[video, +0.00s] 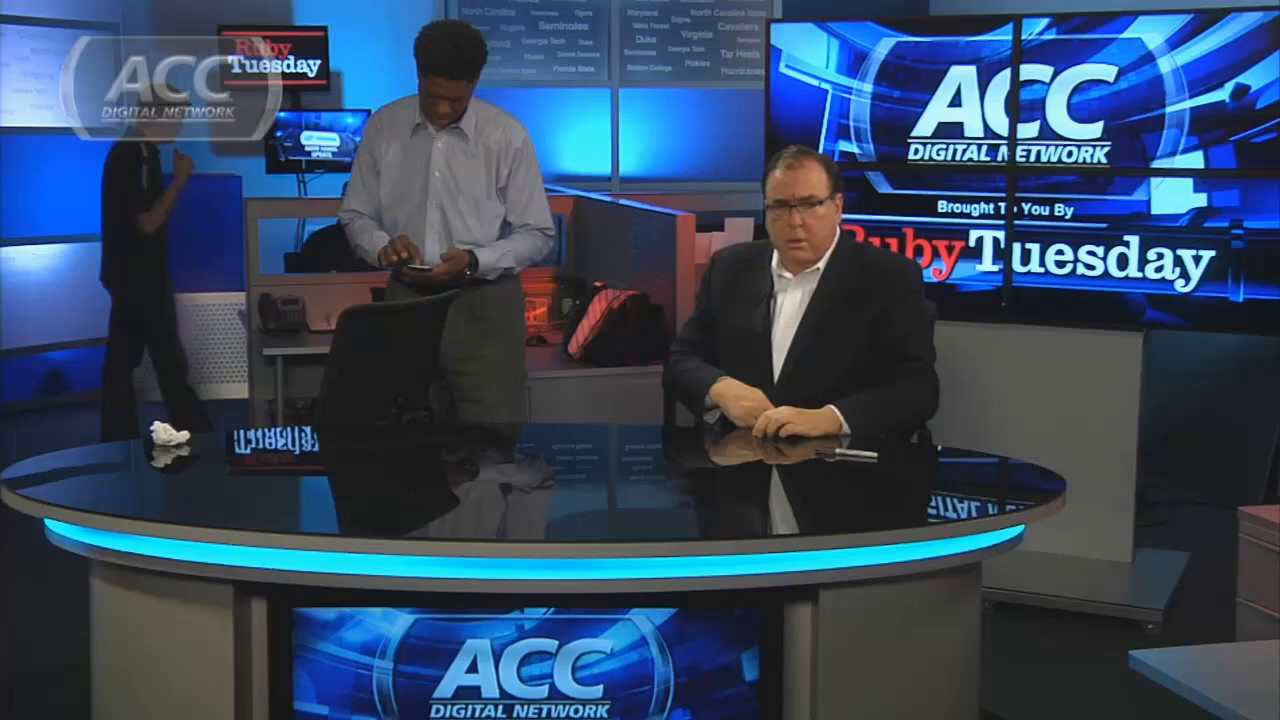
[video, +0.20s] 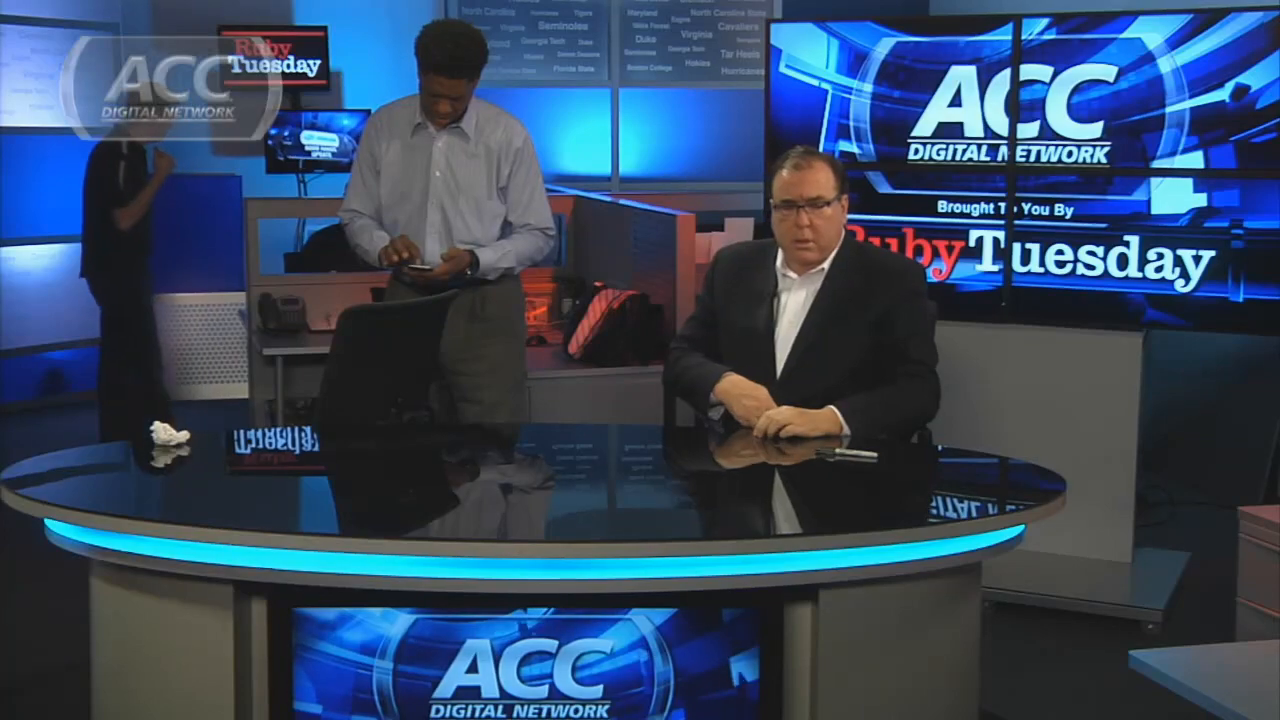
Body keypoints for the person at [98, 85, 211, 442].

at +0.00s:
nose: (178, 127)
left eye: (179, 119)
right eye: (173, 118)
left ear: (151, 119)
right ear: (154, 118)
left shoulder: (145, 153)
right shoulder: (130, 155)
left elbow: (144, 222)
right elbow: (147, 223)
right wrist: (179, 180)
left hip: (143, 272)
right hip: (134, 275)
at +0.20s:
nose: (167, 126)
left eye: (168, 118)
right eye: (162, 117)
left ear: (137, 116)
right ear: (142, 115)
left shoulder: (129, 152)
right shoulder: (116, 153)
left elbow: (123, 218)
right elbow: (122, 218)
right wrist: (159, 176)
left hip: (123, 268)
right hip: (115, 270)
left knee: (124, 350)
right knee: (137, 350)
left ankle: (125, 432)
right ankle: (137, 432)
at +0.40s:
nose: (149, 122)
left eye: (149, 114)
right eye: (144, 113)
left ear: (117, 113)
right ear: (124, 114)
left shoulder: (108, 152)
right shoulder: (102, 154)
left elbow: (102, 221)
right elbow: (108, 220)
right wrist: (142, 176)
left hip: (108, 276)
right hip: (105, 280)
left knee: (114, 364)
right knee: (114, 366)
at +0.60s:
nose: (128, 120)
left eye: (130, 112)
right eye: (121, 112)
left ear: (111, 113)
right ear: (100, 112)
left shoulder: (103, 154)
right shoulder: (73, 155)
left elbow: (101, 224)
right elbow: (89, 222)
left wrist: (114, 274)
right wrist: (122, 177)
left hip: (108, 276)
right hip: (80, 279)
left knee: (111, 368)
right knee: (80, 369)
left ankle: (114, 457)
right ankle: (60, 461)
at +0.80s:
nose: (111, 121)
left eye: (113, 113)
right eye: (105, 112)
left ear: (97, 113)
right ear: (84, 112)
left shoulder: (88, 156)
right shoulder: (53, 156)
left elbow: (88, 226)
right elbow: (65, 225)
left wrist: (98, 276)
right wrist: (101, 182)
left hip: (94, 280)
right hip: (62, 282)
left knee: (106, 370)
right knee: (58, 374)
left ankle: (113, 452)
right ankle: (52, 461)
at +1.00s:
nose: (104, 121)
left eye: (105, 112)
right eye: (97, 112)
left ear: (89, 113)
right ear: (76, 112)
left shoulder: (78, 154)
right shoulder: (44, 155)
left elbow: (77, 224)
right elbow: (53, 226)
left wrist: (90, 272)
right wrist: (95, 182)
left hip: (88, 277)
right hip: (54, 282)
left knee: (113, 365)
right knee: (53, 375)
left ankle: (111, 451)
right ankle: (50, 462)